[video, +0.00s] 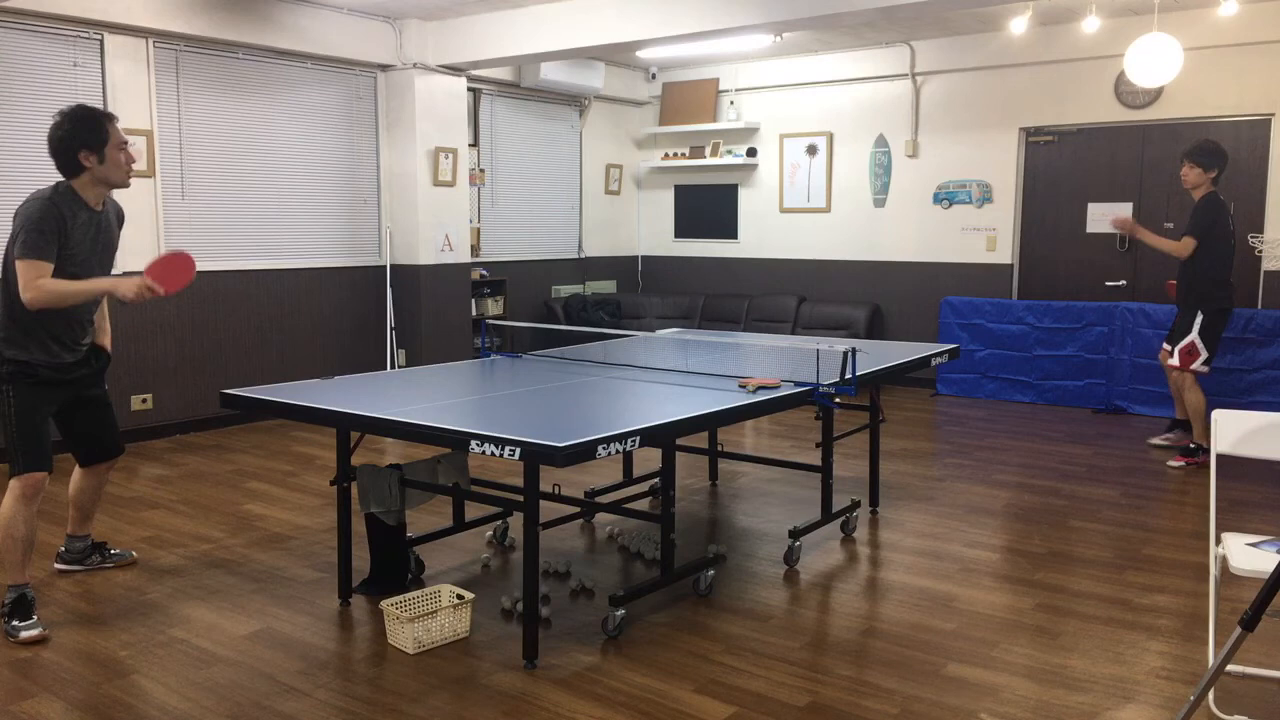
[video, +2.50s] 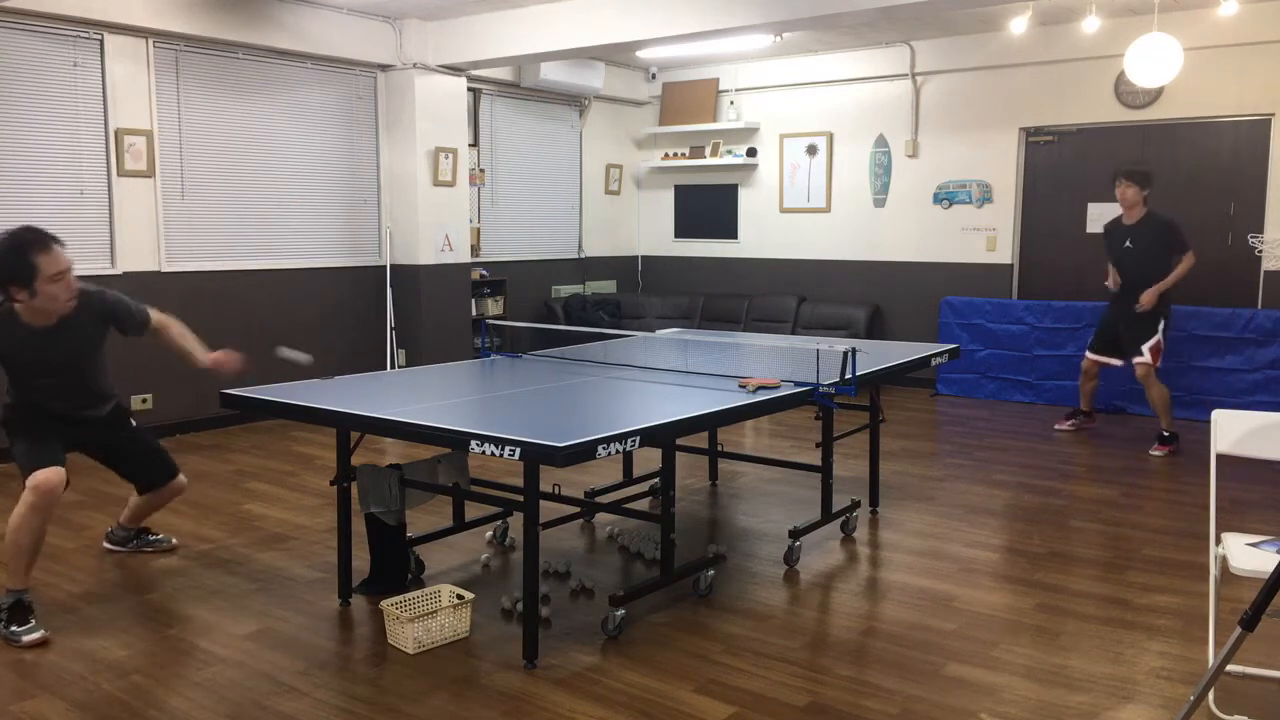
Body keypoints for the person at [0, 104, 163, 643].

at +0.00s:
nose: (131, 154)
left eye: (127, 144)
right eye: (120, 148)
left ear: (94, 158)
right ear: (86, 160)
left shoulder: (111, 214)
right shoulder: (41, 211)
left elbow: (96, 281)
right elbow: (33, 292)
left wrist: (102, 343)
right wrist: (110, 284)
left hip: (77, 361)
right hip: (22, 365)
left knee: (101, 453)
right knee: (30, 478)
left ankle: (78, 544)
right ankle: (16, 594)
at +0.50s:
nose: (138, 192)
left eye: (135, 181)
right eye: (128, 184)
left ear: (102, 193)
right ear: (93, 196)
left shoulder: (124, 238)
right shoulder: (36, 246)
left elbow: (125, 291)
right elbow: (2, 323)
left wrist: (158, 323)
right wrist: (51, 355)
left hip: (82, 367)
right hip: (23, 374)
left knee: (141, 451)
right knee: (45, 480)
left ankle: (158, 543)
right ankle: (18, 598)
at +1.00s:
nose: (192, 191)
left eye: (192, 180)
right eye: (181, 183)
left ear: (173, 185)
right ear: (147, 189)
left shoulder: (175, 229)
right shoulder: (122, 237)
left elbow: (167, 283)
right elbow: (153, 312)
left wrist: (195, 314)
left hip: (133, 366)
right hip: (78, 368)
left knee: (188, 450)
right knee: (63, 472)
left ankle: (165, 541)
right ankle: (23, 595)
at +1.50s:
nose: (157, 190)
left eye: (153, 179)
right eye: (147, 181)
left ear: (115, 193)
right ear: (115, 193)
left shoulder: (100, 240)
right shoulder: (89, 245)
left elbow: (91, 322)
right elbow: (123, 331)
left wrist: (143, 334)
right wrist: (199, 307)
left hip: (62, 390)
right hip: (28, 393)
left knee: (129, 455)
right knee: (77, 495)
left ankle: (99, 545)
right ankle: (19, 611)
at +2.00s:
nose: (141, 214)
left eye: (136, 204)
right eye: (130, 209)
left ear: (105, 221)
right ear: (97, 223)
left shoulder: (116, 260)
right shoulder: (56, 275)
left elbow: (104, 316)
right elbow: (39, 361)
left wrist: (149, 346)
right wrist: (119, 357)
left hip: (72, 393)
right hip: (25, 400)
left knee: (143, 453)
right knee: (74, 489)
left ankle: (120, 535)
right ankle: (9, 606)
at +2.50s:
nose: (72, 285)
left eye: (70, 272)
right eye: (57, 279)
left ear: (72, 267)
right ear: (20, 293)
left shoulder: (94, 303)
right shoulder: (7, 328)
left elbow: (161, 323)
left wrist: (203, 356)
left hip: (97, 413)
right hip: (34, 418)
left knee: (168, 484)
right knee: (47, 482)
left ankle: (123, 531)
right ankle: (14, 600)